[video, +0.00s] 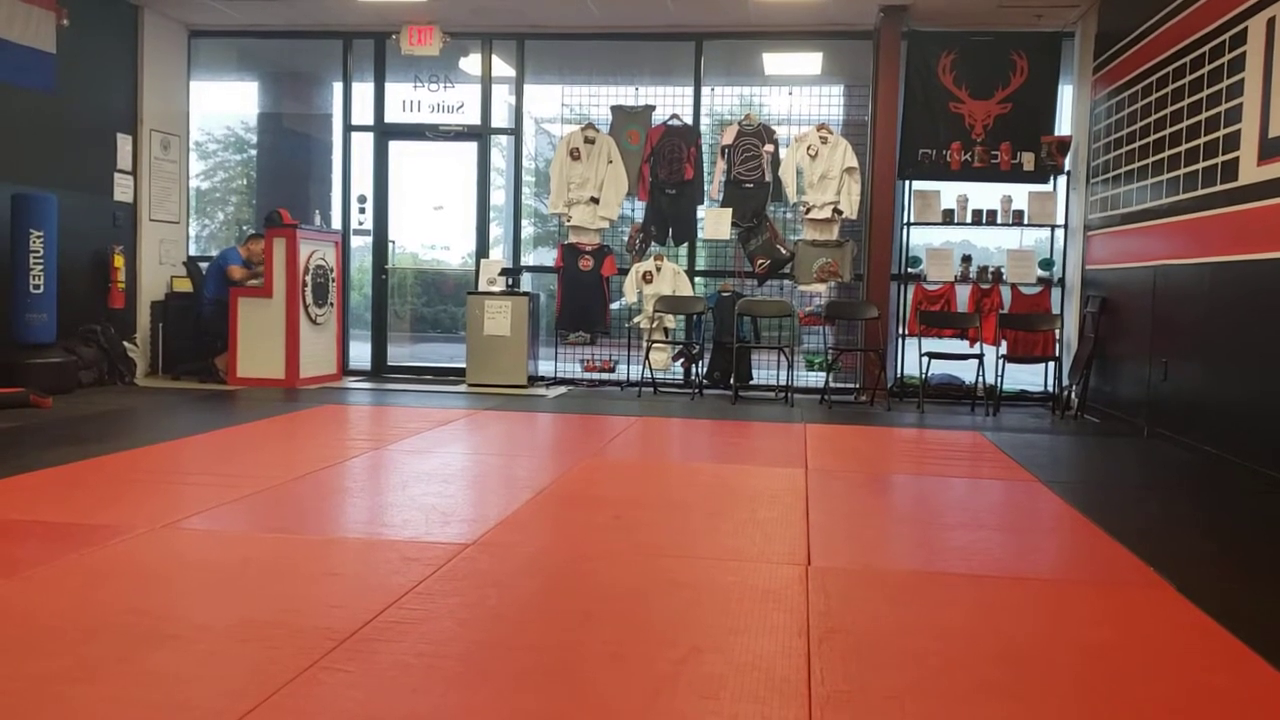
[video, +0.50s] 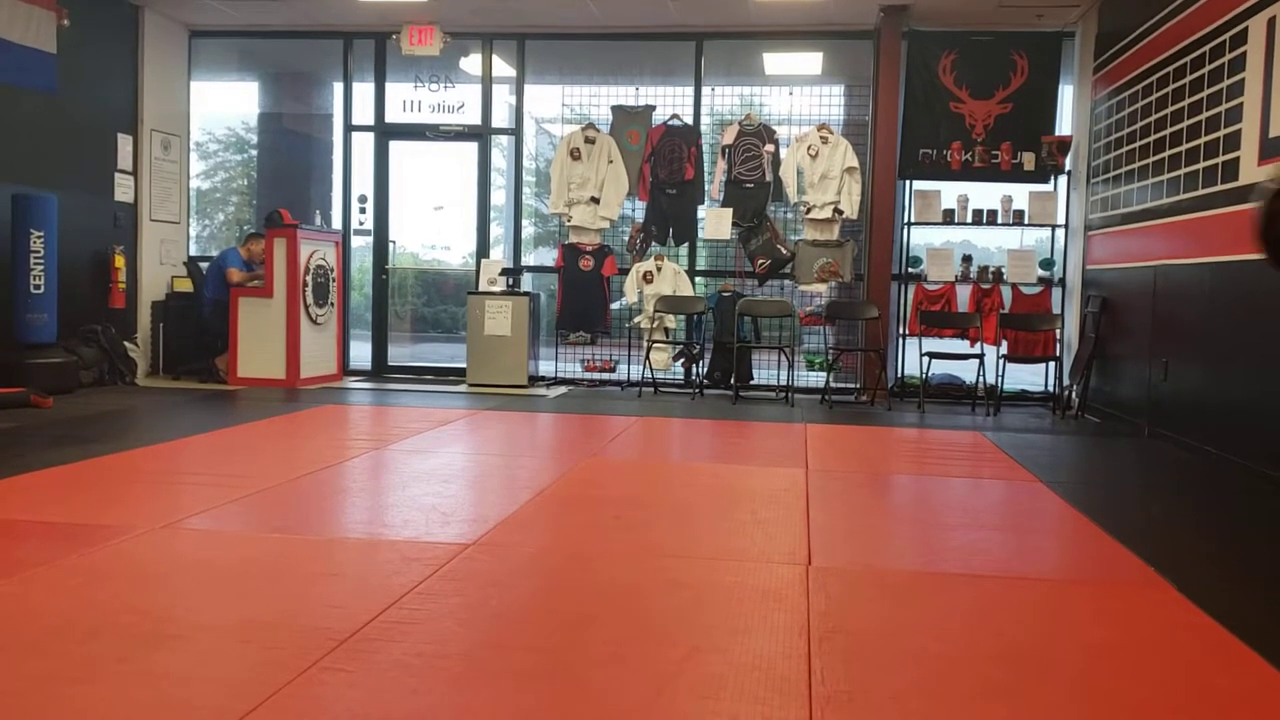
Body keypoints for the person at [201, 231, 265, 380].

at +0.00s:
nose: (262, 256)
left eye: (264, 252)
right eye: (261, 251)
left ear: (252, 246)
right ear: (250, 245)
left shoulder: (244, 261)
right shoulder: (231, 254)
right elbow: (236, 275)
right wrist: (256, 273)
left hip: (227, 306)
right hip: (213, 307)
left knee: (254, 329)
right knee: (249, 332)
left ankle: (224, 363)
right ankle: (221, 362)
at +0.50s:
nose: (263, 255)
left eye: (264, 252)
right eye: (262, 250)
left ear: (252, 246)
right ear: (251, 245)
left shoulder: (246, 263)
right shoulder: (231, 255)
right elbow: (234, 278)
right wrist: (258, 275)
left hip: (229, 306)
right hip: (214, 306)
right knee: (250, 333)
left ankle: (225, 362)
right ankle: (222, 362)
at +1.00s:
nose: (262, 255)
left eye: (264, 252)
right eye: (261, 250)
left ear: (249, 246)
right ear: (248, 245)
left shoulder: (245, 264)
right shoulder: (230, 256)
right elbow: (234, 279)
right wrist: (257, 277)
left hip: (229, 306)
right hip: (214, 307)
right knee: (250, 333)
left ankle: (225, 363)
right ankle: (222, 362)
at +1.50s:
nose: (262, 255)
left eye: (263, 251)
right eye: (260, 250)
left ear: (248, 246)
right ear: (247, 245)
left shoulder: (245, 263)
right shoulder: (229, 256)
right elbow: (234, 279)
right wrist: (257, 278)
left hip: (229, 308)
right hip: (214, 309)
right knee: (252, 332)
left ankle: (226, 363)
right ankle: (223, 362)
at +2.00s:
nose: (262, 254)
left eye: (263, 250)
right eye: (260, 249)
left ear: (247, 246)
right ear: (247, 245)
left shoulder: (245, 263)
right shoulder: (229, 256)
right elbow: (235, 279)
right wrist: (257, 278)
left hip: (230, 308)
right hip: (215, 309)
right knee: (253, 332)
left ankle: (226, 363)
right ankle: (223, 362)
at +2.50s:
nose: (262, 254)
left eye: (263, 251)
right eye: (260, 249)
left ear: (247, 245)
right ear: (246, 244)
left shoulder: (245, 263)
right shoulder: (229, 256)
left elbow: (252, 281)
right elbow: (235, 279)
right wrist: (257, 278)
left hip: (230, 308)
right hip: (214, 309)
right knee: (253, 331)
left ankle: (227, 363)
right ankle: (223, 362)